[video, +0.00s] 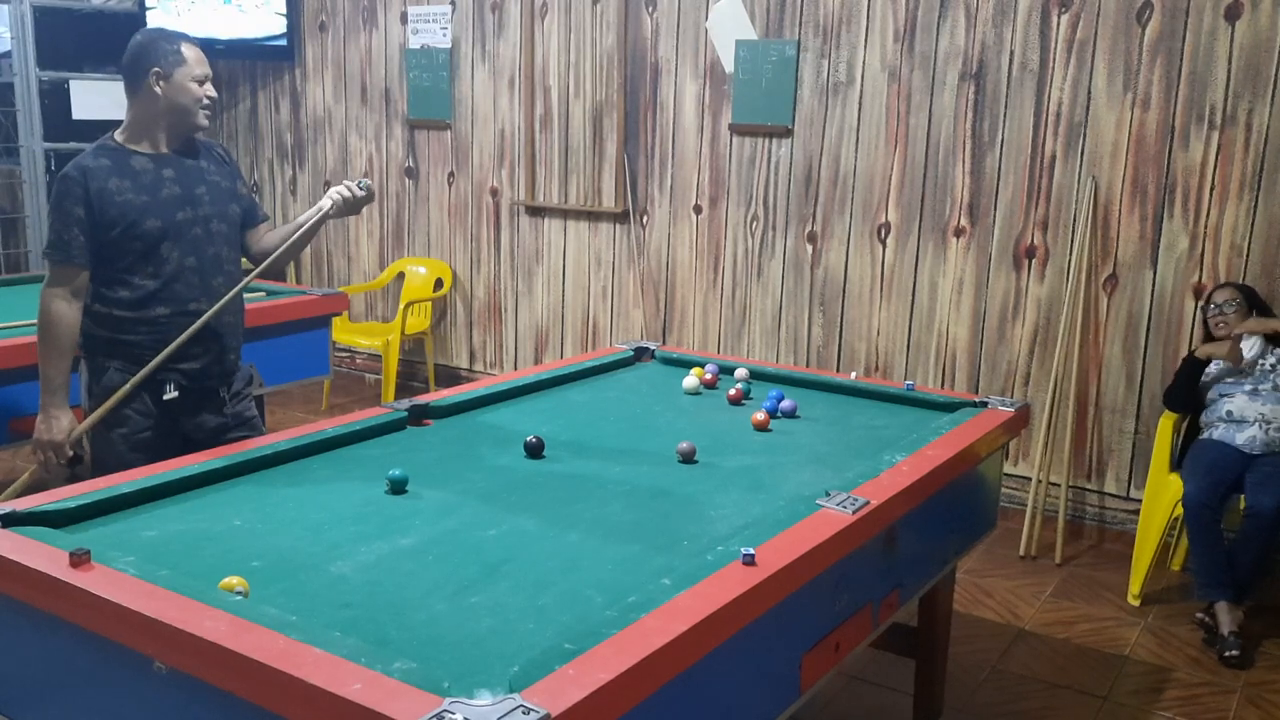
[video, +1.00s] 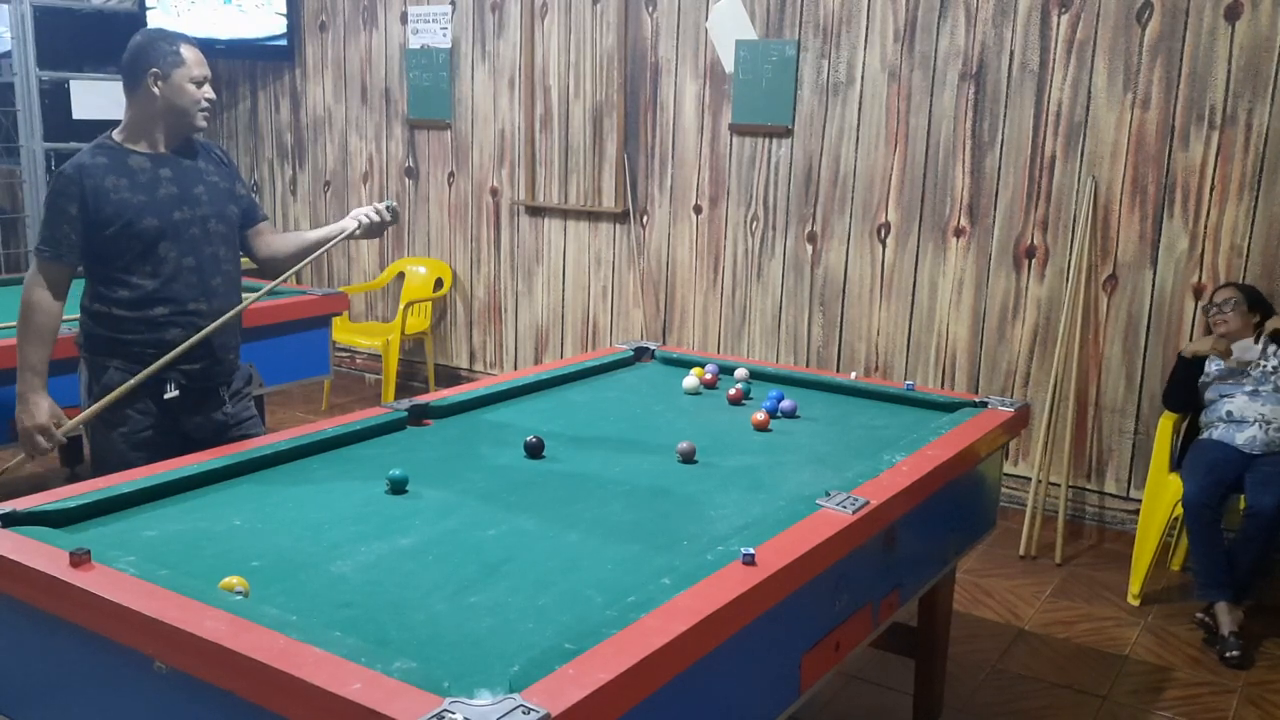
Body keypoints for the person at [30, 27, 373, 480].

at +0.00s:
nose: (213, 95)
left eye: (211, 83)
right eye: (201, 81)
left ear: (161, 83)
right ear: (158, 82)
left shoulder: (215, 160)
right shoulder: (87, 178)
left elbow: (263, 252)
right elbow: (64, 294)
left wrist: (323, 210)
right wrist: (53, 409)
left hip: (223, 392)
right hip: (129, 404)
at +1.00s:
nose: (212, 97)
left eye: (210, 85)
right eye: (199, 84)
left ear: (160, 84)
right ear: (156, 83)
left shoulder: (214, 162)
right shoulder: (85, 175)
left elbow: (268, 251)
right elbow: (46, 285)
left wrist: (347, 225)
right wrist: (31, 393)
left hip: (223, 387)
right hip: (130, 400)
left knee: (255, 534)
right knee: (141, 549)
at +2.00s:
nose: (195, 91)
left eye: (194, 80)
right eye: (180, 78)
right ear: (134, 82)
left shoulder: (211, 155)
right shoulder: (77, 178)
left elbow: (253, 256)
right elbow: (51, 295)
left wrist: (292, 341)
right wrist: (48, 400)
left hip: (231, 383)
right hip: (139, 398)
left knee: (266, 529)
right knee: (147, 537)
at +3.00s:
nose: (234, 92)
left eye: (237, 81)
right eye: (217, 79)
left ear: (241, 85)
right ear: (172, 84)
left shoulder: (254, 158)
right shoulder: (129, 179)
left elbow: (293, 257)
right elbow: (110, 292)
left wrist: (340, 337)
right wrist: (108, 398)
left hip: (271, 377)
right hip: (182, 385)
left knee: (292, 527)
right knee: (186, 527)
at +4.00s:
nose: (313, 94)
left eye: (322, 83)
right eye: (298, 81)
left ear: (331, 90)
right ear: (267, 83)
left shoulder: (330, 167)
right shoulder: (229, 161)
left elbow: (354, 255)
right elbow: (195, 252)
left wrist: (407, 313)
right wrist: (205, 335)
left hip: (325, 357)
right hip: (261, 357)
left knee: (327, 485)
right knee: (280, 488)